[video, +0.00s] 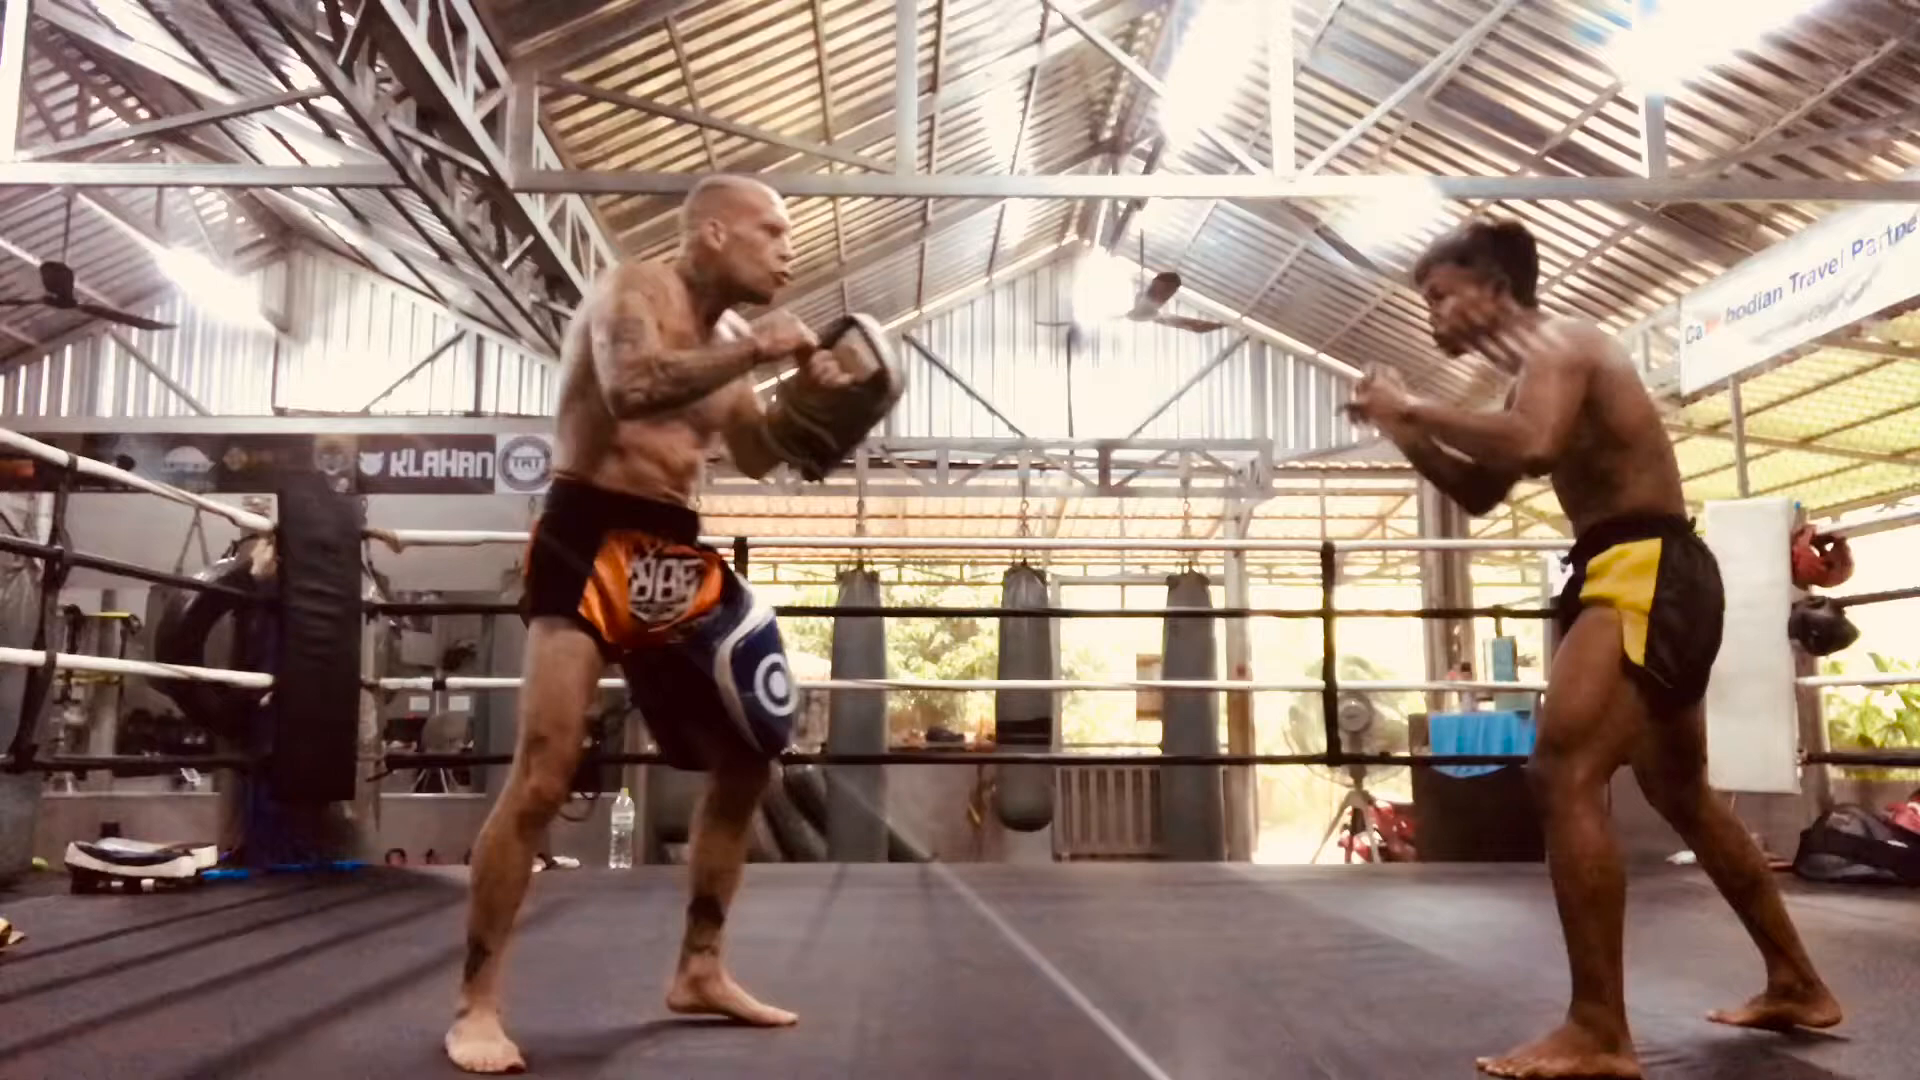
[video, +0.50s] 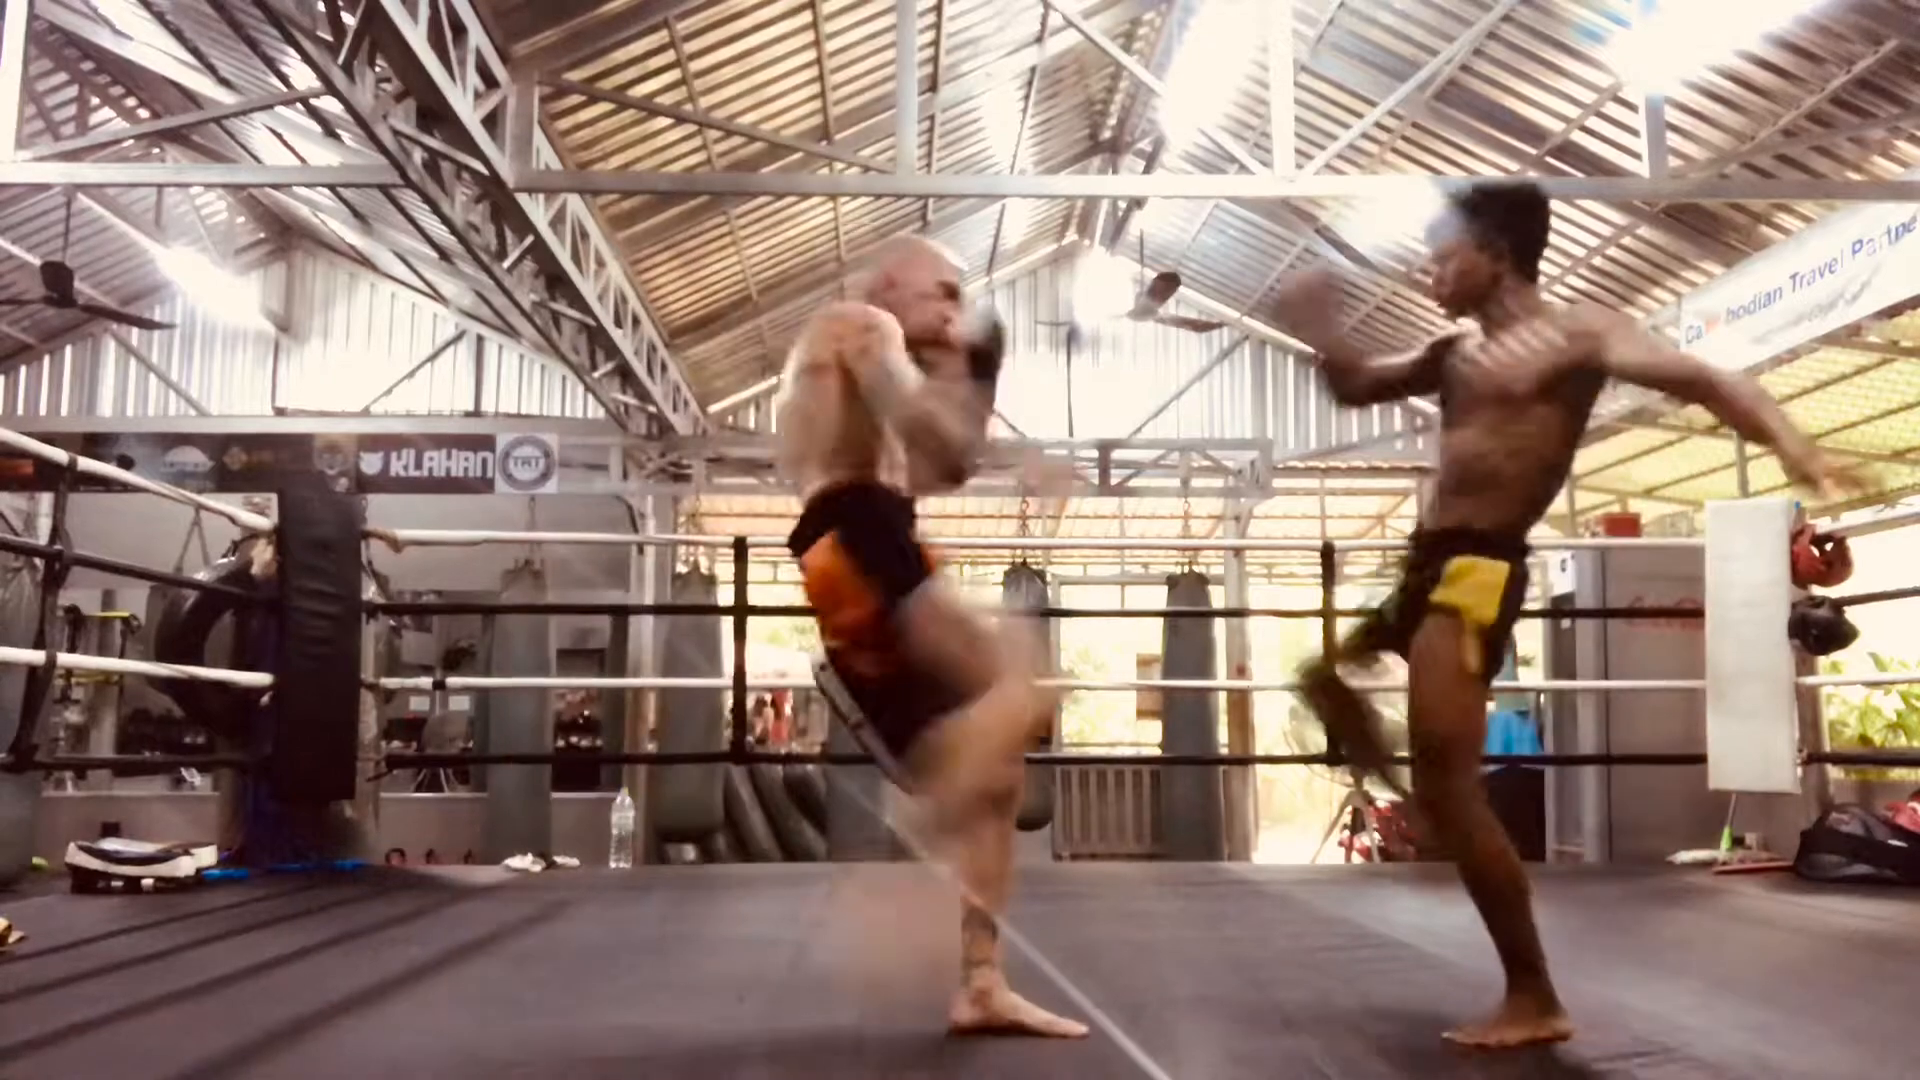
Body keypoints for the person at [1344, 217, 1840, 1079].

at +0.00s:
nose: (1429, 315)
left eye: (1438, 296)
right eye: (1427, 299)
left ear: (1489, 287)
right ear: (1492, 296)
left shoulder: (1559, 342)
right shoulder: (1541, 368)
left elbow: (1532, 440)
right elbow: (1476, 495)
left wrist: (1408, 411)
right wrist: (1404, 434)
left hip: (1637, 567)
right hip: (1662, 568)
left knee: (1567, 774)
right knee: (1683, 793)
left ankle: (1597, 1029)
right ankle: (1798, 985)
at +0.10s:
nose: (1428, 318)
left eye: (1437, 297)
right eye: (1426, 301)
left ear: (1489, 289)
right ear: (1494, 298)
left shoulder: (1551, 343)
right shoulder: (1550, 362)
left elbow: (1513, 439)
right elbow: (1494, 496)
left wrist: (1405, 398)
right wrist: (1403, 447)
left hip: (1631, 569)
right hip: (1665, 567)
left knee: (1564, 775)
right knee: (1681, 793)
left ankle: (1595, 1027)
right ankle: (1797, 984)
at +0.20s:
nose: (1427, 314)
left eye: (1435, 295)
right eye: (1424, 300)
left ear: (1486, 285)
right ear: (1483, 293)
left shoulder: (1538, 335)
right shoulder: (1518, 361)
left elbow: (1473, 422)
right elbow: (1476, 481)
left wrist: (1395, 367)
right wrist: (1364, 474)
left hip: (1623, 564)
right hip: (1643, 566)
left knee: (1536, 757)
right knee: (1674, 790)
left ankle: (1571, 1014)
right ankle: (1793, 978)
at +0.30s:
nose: (1421, 305)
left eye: (1432, 286)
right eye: (1419, 290)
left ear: (1482, 283)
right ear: (1489, 290)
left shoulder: (1531, 354)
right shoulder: (1521, 361)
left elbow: (1533, 446)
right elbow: (1451, 425)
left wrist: (1465, 472)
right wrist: (1396, 446)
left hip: (1588, 574)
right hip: (1608, 574)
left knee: (1469, 747)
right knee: (1671, 791)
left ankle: (1523, 977)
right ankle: (1790, 988)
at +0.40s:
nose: (1424, 281)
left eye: (1437, 265)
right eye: (1426, 267)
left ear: (1488, 272)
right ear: (1485, 277)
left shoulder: (1541, 350)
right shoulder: (1469, 366)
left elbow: (1658, 426)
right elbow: (1375, 387)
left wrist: (1698, 530)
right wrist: (1429, 313)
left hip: (1514, 587)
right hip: (1483, 587)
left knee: (1432, 794)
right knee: (1528, 797)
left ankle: (1529, 1000)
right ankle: (1692, 962)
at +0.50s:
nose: (1434, 266)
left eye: (1447, 250)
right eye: (1437, 251)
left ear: (1496, 256)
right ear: (1489, 260)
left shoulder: (1574, 334)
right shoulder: (1452, 351)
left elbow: (1709, 381)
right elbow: (1355, 384)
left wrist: (1802, 457)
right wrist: (1317, 322)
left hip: (1474, 572)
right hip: (1430, 568)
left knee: (1447, 797)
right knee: (1320, 678)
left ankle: (1532, 999)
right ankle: (1404, 801)